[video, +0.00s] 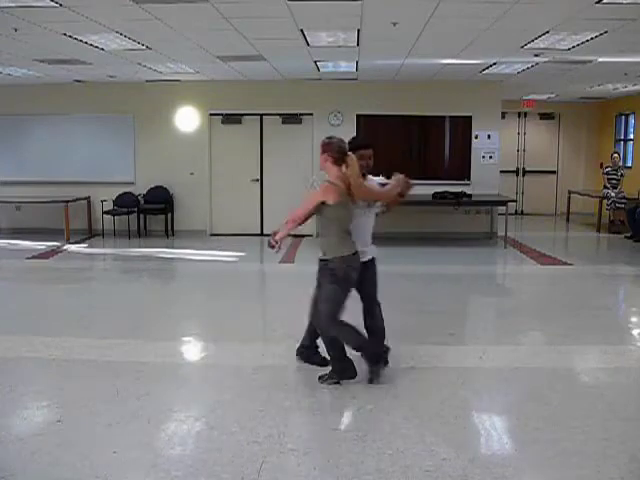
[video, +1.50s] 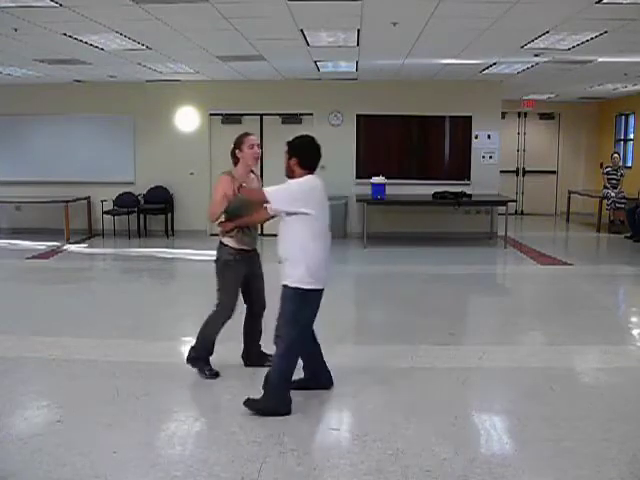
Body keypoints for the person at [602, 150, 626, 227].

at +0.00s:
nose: (615, 160)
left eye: (616, 158)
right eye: (613, 158)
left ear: (619, 159)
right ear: (611, 160)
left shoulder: (621, 170)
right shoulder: (606, 169)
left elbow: (621, 183)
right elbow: (605, 182)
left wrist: (617, 190)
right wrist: (611, 189)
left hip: (617, 188)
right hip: (608, 188)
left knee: (622, 196)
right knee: (611, 196)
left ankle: (621, 216)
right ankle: (611, 216)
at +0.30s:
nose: (615, 160)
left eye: (616, 158)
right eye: (613, 158)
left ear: (619, 160)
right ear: (611, 160)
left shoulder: (621, 170)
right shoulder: (606, 169)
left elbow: (621, 184)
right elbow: (605, 182)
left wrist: (617, 190)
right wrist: (611, 190)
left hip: (617, 188)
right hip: (608, 188)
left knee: (622, 196)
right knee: (611, 195)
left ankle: (621, 216)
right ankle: (611, 215)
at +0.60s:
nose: (615, 160)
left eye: (616, 158)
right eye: (613, 158)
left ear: (619, 160)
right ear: (611, 160)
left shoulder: (621, 170)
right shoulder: (606, 169)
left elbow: (621, 184)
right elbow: (605, 182)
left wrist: (617, 190)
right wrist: (611, 190)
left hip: (617, 188)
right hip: (608, 188)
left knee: (622, 196)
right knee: (611, 196)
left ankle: (621, 216)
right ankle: (611, 215)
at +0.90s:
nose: (615, 160)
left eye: (616, 158)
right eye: (613, 158)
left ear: (619, 160)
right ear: (611, 160)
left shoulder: (621, 170)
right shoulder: (606, 169)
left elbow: (621, 184)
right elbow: (605, 182)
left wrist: (617, 190)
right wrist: (611, 190)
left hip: (617, 188)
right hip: (608, 188)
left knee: (622, 196)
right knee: (611, 196)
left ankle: (621, 216)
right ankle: (611, 215)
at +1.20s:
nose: (615, 160)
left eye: (616, 158)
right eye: (613, 158)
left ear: (619, 160)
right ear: (611, 160)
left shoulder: (621, 170)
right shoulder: (606, 169)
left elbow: (621, 184)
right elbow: (605, 182)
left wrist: (617, 191)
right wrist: (611, 190)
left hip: (617, 188)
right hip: (608, 188)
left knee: (622, 196)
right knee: (611, 195)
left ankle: (621, 216)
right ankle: (611, 215)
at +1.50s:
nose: (615, 160)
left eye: (616, 158)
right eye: (613, 158)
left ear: (619, 160)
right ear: (611, 160)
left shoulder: (621, 170)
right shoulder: (606, 169)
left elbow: (621, 183)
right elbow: (605, 182)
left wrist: (617, 191)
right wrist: (611, 190)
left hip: (617, 188)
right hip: (608, 188)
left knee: (622, 196)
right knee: (611, 195)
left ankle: (621, 216)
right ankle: (611, 215)